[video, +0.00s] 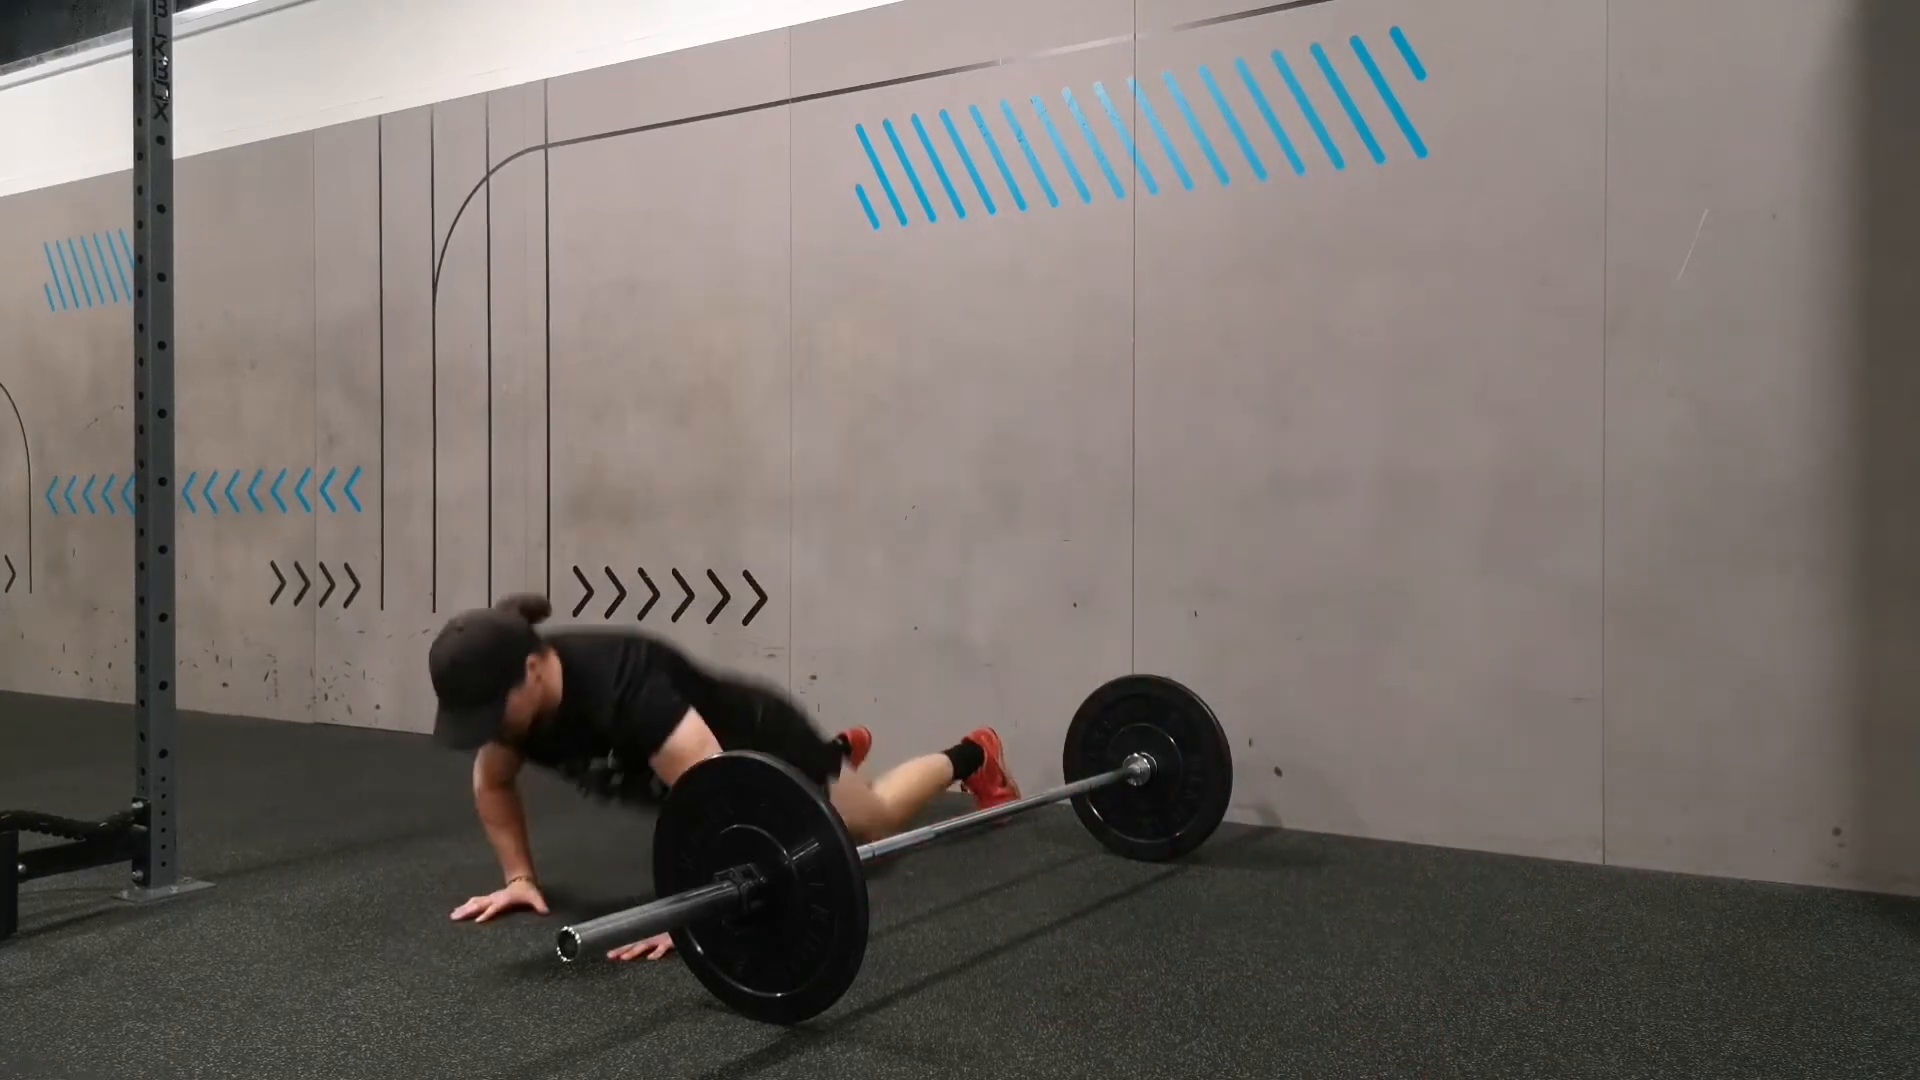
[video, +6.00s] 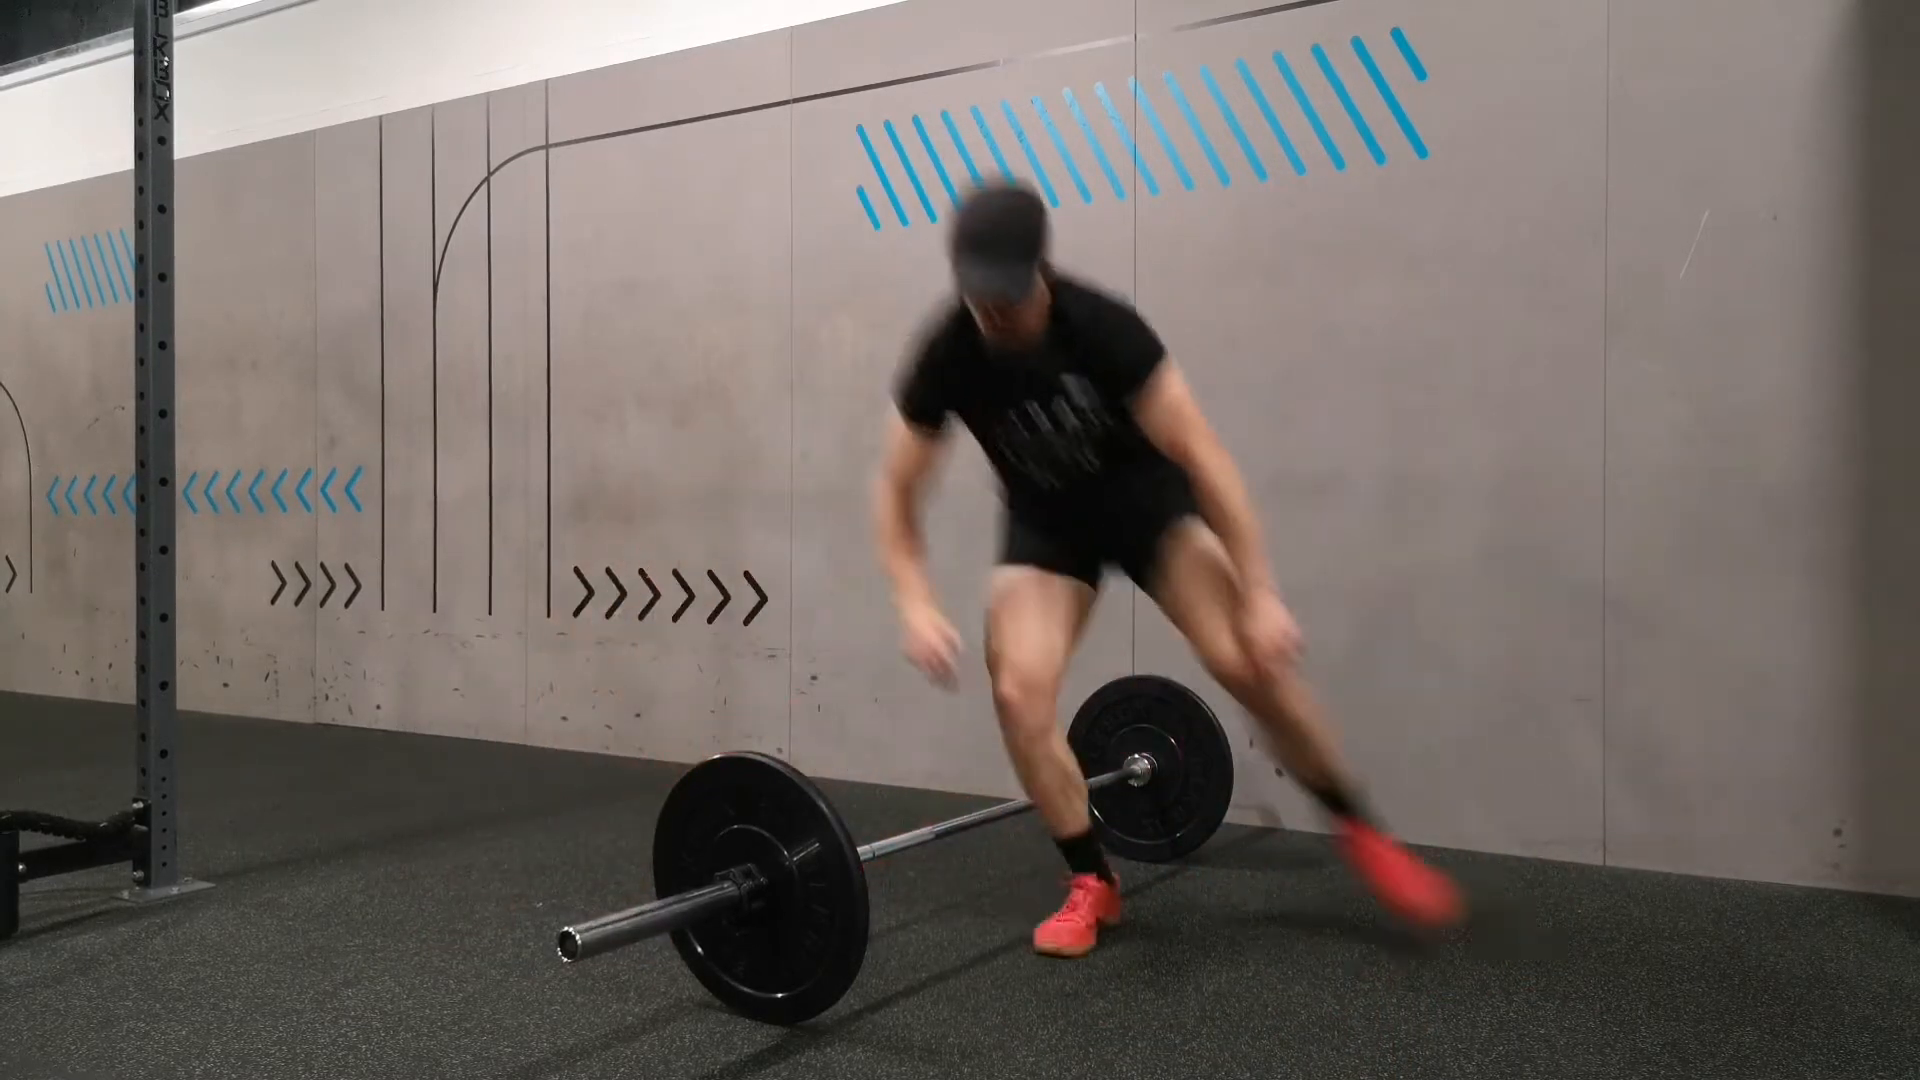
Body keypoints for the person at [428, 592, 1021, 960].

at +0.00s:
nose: (495, 728)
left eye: (497, 713)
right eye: (485, 721)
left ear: (532, 674)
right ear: (497, 695)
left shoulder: (623, 680)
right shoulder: (511, 697)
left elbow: (717, 790)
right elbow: (492, 782)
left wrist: (684, 910)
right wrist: (518, 878)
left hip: (767, 746)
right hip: (691, 758)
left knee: (870, 816)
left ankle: (968, 756)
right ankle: (838, 760)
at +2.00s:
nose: (1127, 987)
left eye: (1137, 969)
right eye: (1104, 975)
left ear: (1175, 919)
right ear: (1069, 920)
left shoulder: (1288, 905)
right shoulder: (1063, 884)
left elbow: (1443, 897)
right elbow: (1009, 842)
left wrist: (1395, 1040)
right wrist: (1042, 968)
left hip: (1331, 867)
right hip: (1200, 856)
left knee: (1451, 873)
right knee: (1253, 829)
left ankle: (1510, 803)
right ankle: (1312, 789)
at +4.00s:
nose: (532, 720)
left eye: (534, 706)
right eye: (519, 716)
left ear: (556, 665)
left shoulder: (632, 640)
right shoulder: (517, 635)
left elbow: (682, 784)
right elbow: (499, 766)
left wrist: (674, 911)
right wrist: (478, 887)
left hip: (770, 512)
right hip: (687, 507)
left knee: (826, 721)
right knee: (679, 701)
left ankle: (925, 712)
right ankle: (765, 705)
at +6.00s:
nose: (998, 315)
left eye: (1012, 297)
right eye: (982, 300)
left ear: (1043, 271)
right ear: (959, 282)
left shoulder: (1101, 326)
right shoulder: (944, 357)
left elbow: (1201, 452)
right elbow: (896, 490)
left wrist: (1259, 590)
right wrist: (915, 604)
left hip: (1149, 504)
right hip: (1044, 525)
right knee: (1018, 689)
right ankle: (1092, 882)